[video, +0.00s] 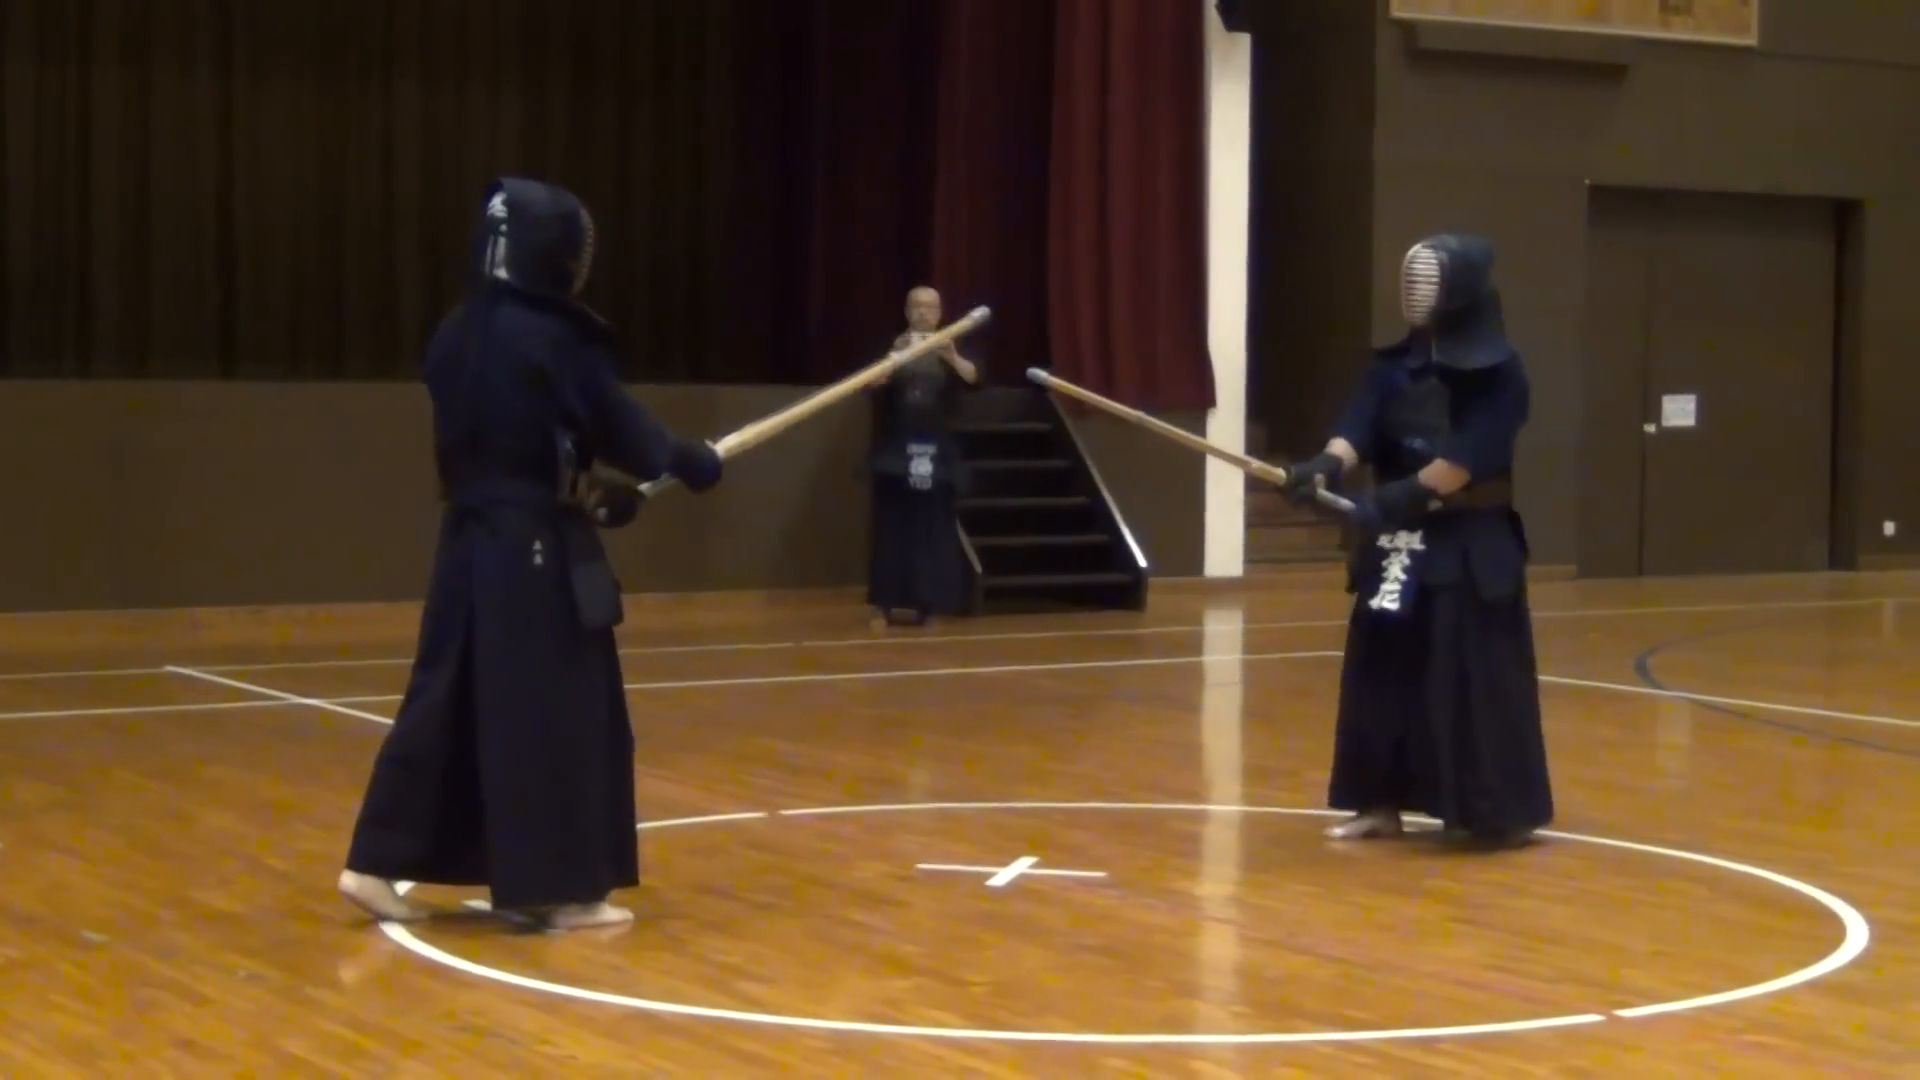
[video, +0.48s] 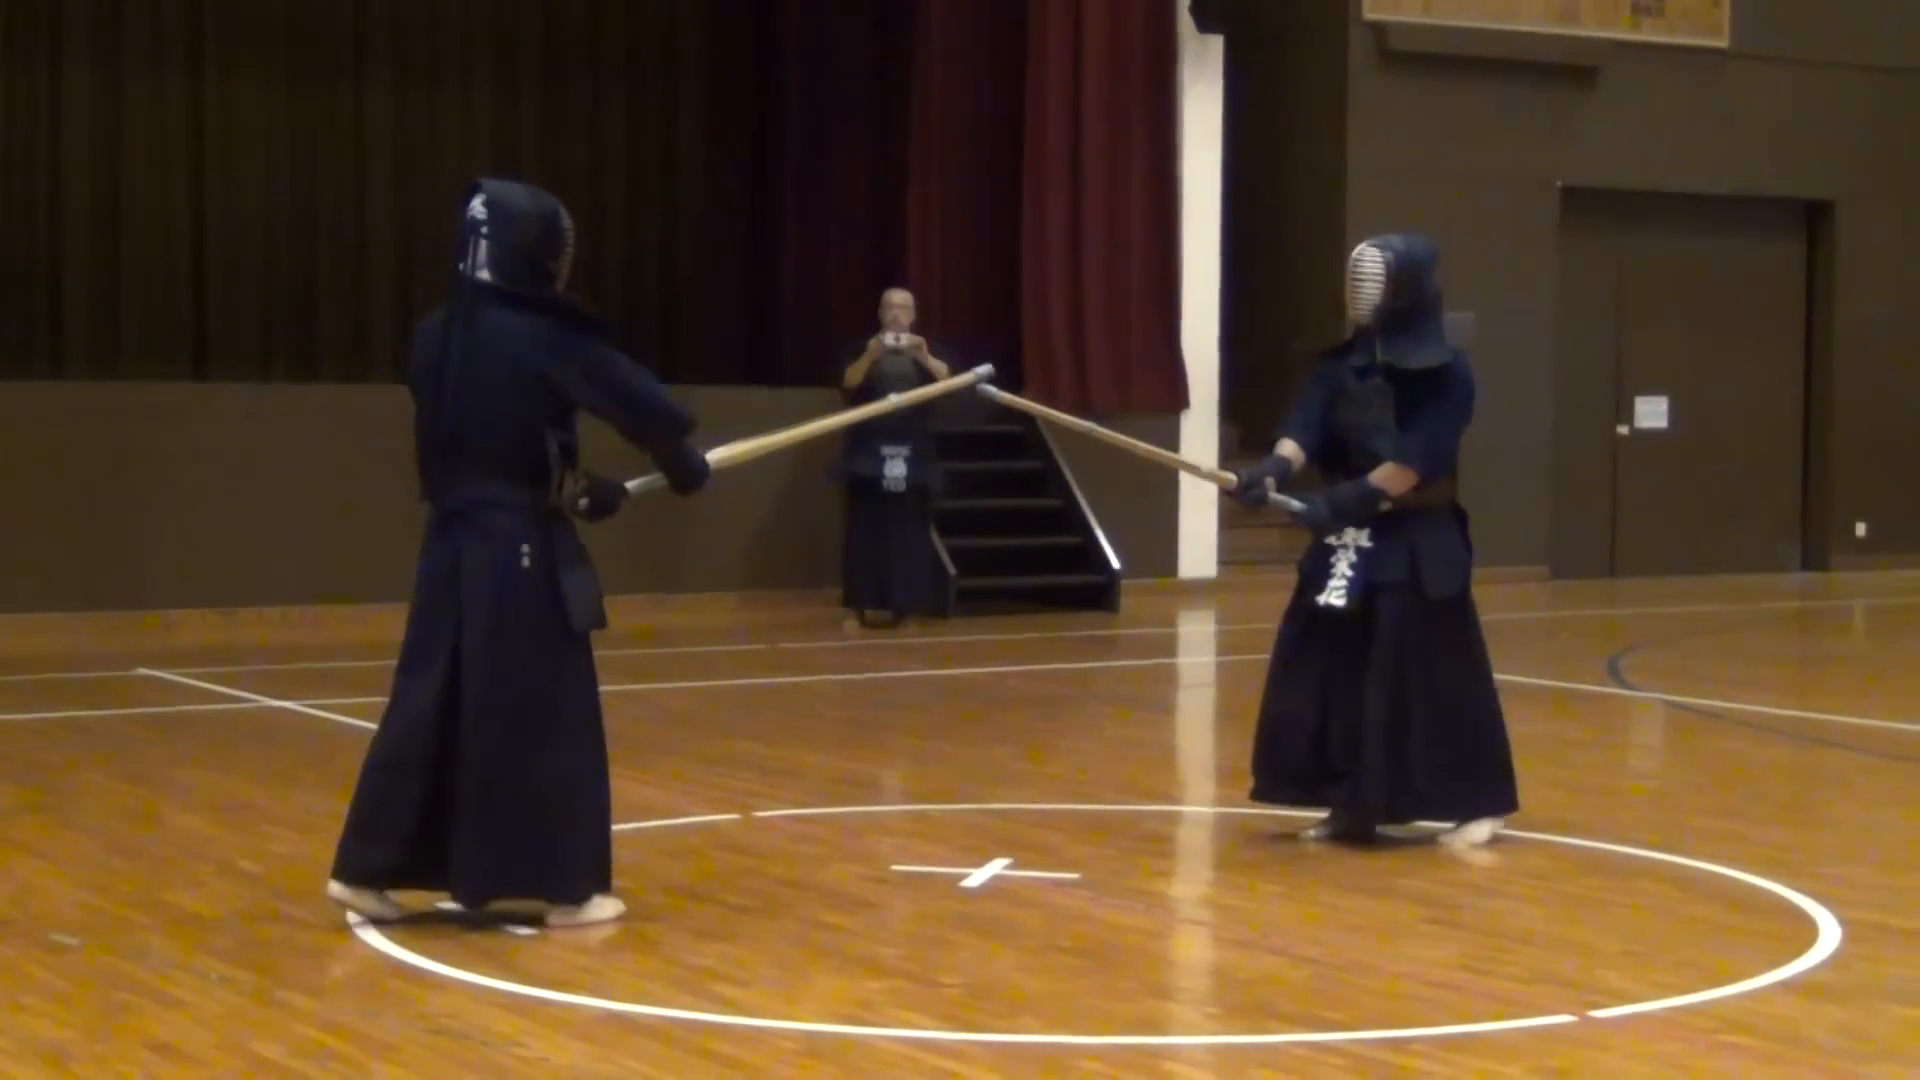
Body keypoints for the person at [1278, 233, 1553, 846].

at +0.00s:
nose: (1415, 296)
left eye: (1428, 285)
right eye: (1412, 284)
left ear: (1462, 290)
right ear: (1409, 288)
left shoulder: (1495, 370)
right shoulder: (1393, 364)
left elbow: (1468, 461)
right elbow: (1358, 426)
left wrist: (1391, 501)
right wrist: (1326, 467)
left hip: (1472, 538)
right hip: (1397, 533)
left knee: (1473, 670)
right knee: (1382, 666)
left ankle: (1491, 807)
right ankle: (1378, 804)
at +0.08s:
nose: (1399, 297)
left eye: (1412, 285)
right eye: (1396, 284)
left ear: (1446, 290)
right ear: (1392, 288)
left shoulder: (1480, 372)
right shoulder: (1377, 365)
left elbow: (1451, 462)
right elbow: (1343, 428)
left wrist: (1377, 501)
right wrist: (1311, 469)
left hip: (1458, 538)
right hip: (1384, 533)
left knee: (1468, 668)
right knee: (1373, 666)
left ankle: (1497, 807)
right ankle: (1375, 805)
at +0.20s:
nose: (1383, 298)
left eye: (1396, 287)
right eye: (1381, 286)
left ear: (1430, 292)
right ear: (1378, 290)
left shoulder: (1464, 371)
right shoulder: (1362, 364)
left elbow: (1434, 459)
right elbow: (1326, 426)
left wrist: (1361, 501)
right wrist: (1296, 469)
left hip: (1442, 535)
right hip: (1370, 531)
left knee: (1451, 665)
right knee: (1362, 664)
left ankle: (1491, 804)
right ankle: (1369, 802)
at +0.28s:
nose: (1373, 297)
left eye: (1386, 286)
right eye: (1371, 285)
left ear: (1420, 292)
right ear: (1369, 289)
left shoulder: (1455, 372)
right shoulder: (1352, 364)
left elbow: (1426, 458)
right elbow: (1317, 424)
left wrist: (1352, 500)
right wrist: (1286, 467)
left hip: (1434, 536)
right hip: (1361, 531)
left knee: (1444, 665)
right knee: (1353, 662)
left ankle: (1482, 806)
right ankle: (1360, 803)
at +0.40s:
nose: (1363, 297)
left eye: (1376, 285)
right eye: (1361, 284)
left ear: (1411, 291)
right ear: (1359, 288)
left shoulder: (1445, 371)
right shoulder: (1345, 363)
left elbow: (1416, 459)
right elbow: (1309, 425)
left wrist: (1344, 501)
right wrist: (1276, 467)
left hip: (1424, 531)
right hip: (1355, 527)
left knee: (1438, 662)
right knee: (1346, 660)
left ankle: (1480, 803)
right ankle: (1356, 803)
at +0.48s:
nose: (1358, 298)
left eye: (1372, 286)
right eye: (1357, 285)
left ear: (1407, 291)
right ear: (1355, 288)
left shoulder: (1443, 373)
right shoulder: (1342, 365)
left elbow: (1413, 465)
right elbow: (1305, 429)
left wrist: (1338, 503)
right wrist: (1272, 471)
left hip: (1421, 536)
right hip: (1350, 531)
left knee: (1433, 665)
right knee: (1343, 662)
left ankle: (1475, 803)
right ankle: (1351, 802)